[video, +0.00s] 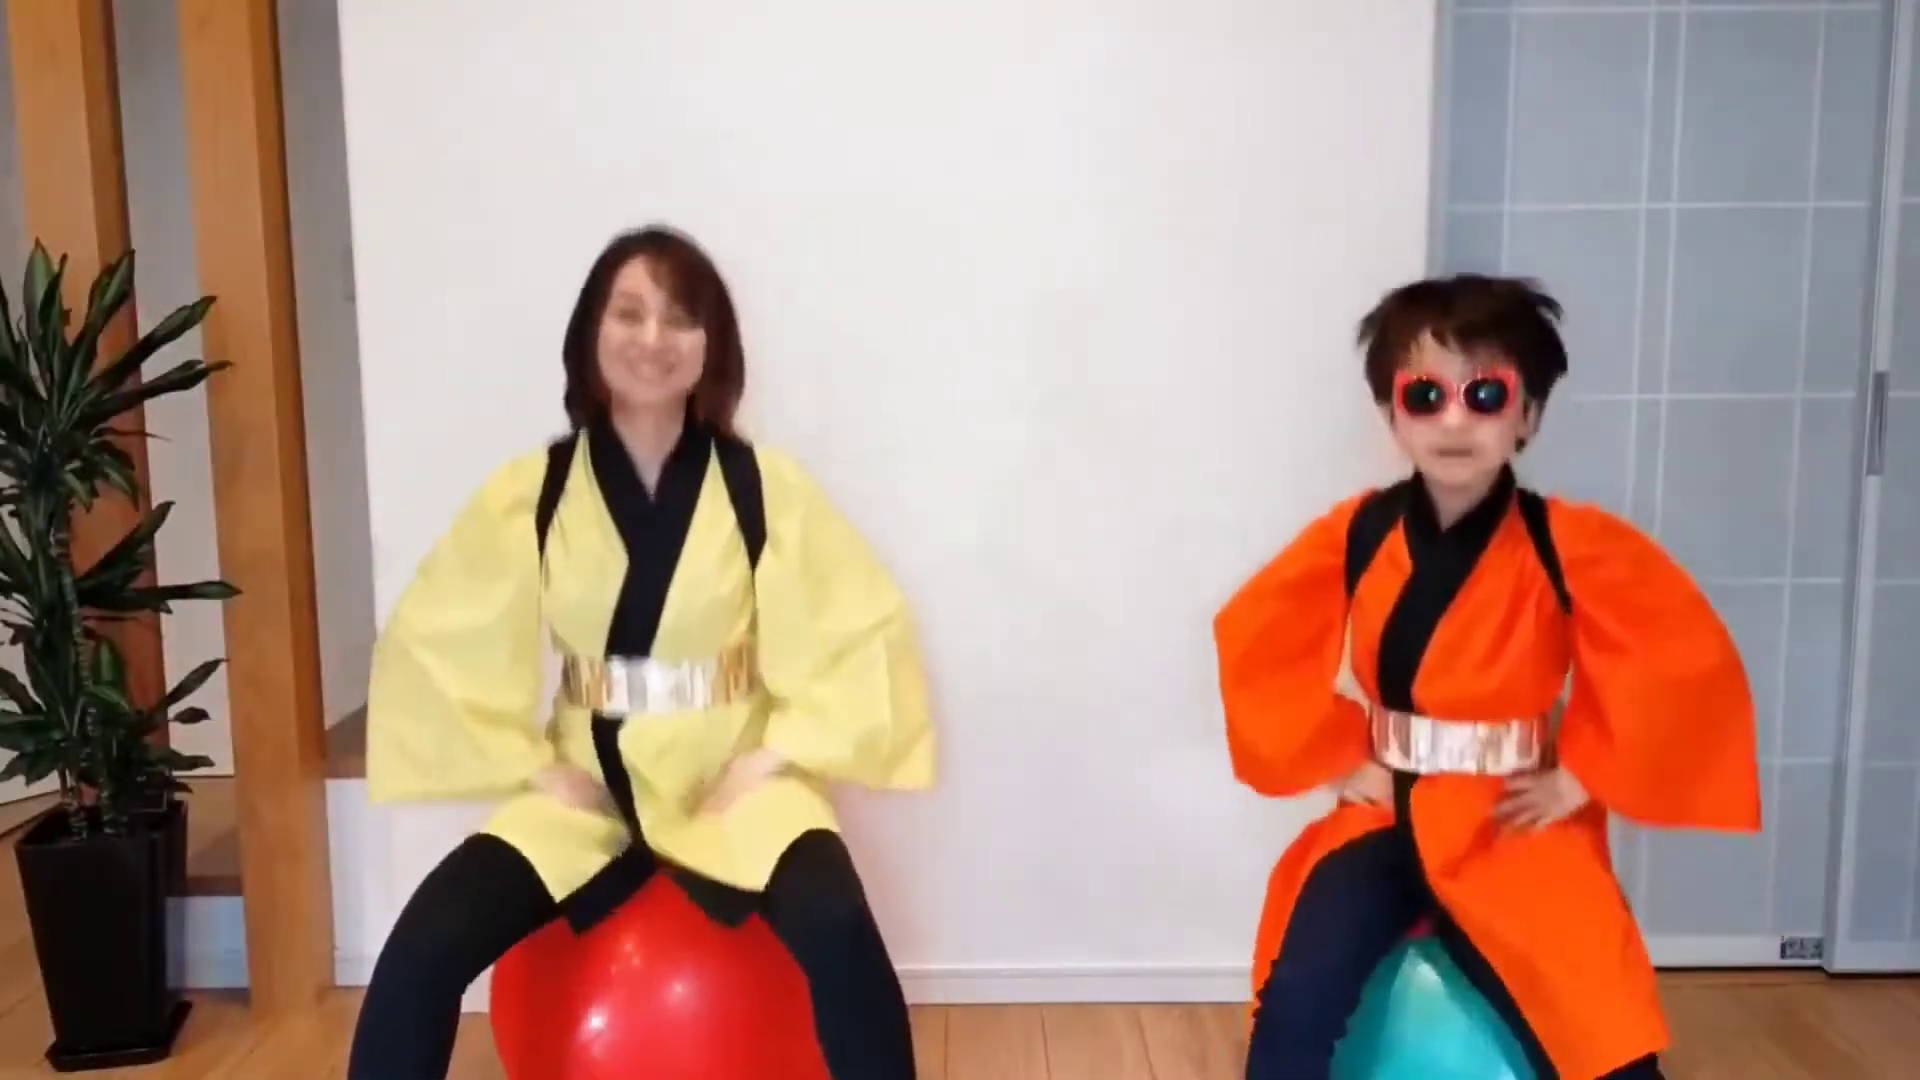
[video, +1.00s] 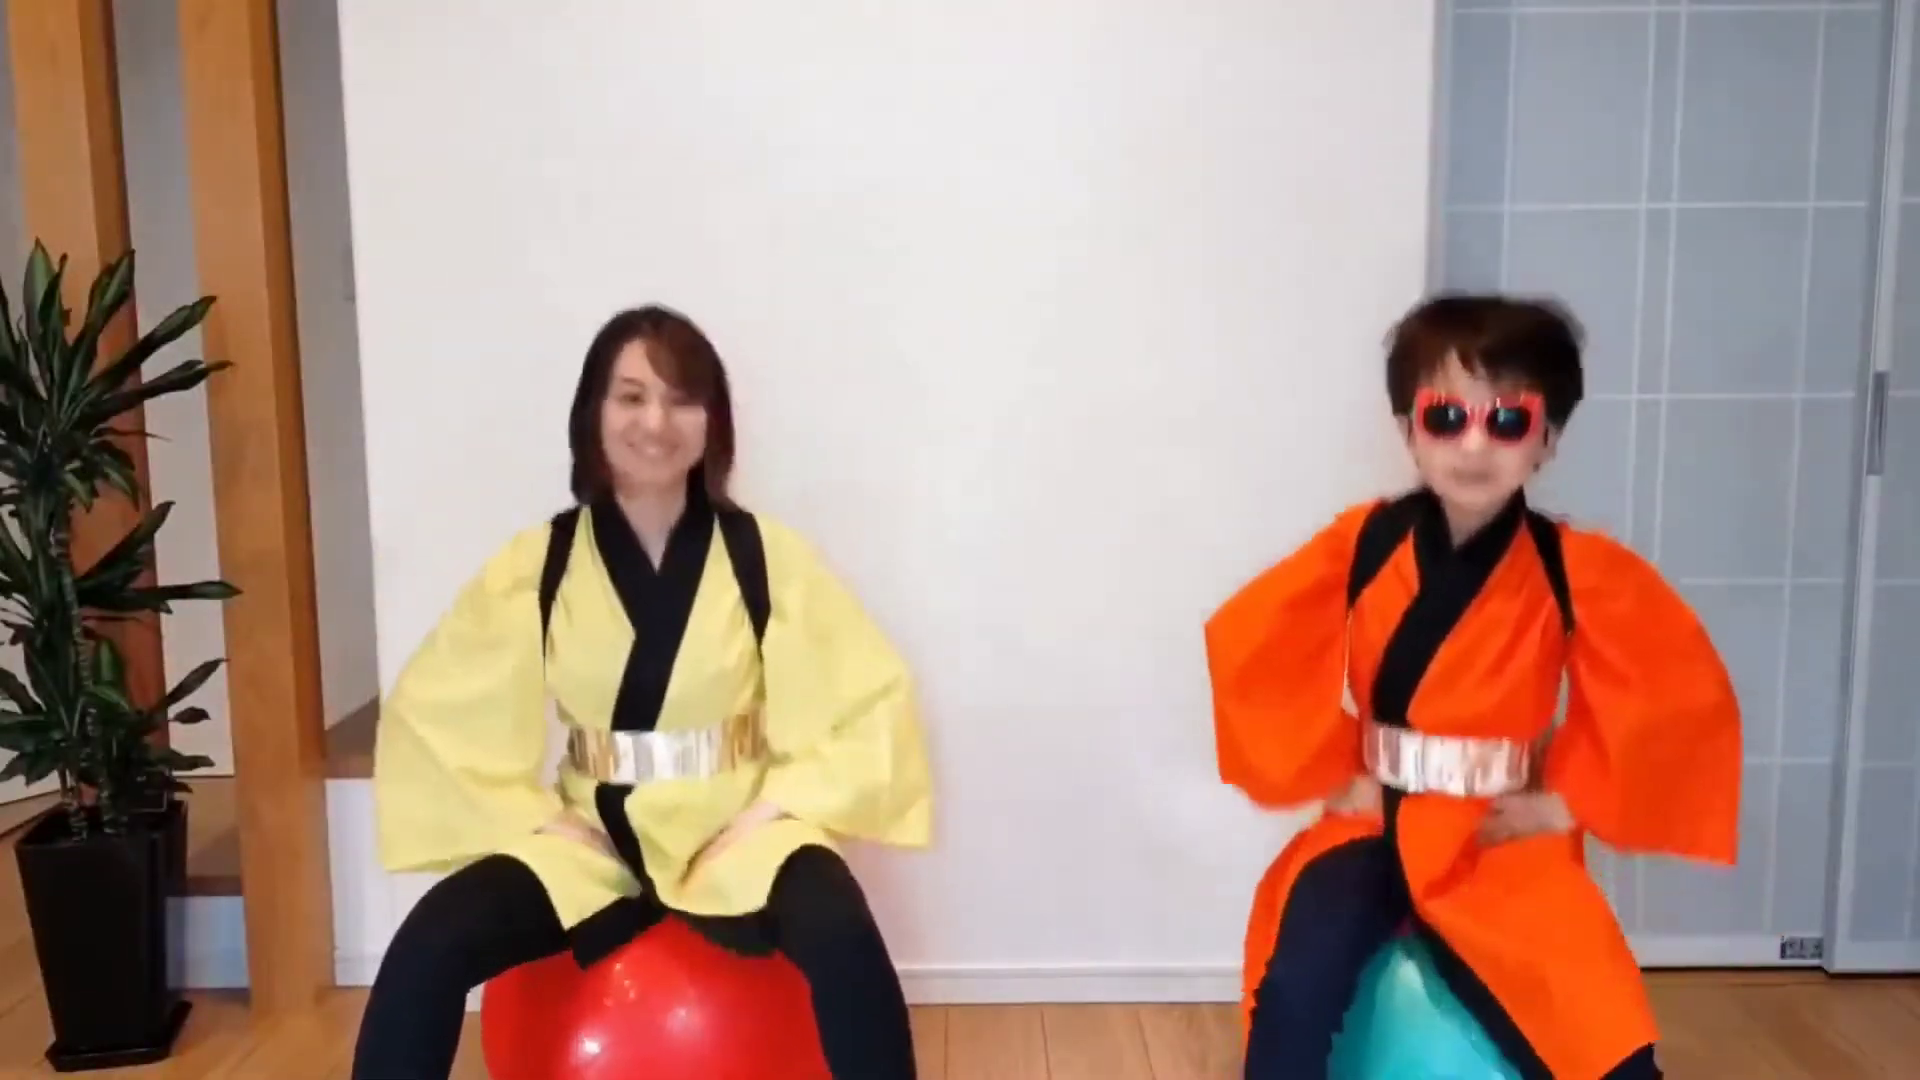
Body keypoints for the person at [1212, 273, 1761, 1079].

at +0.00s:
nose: (1453, 419)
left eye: (1485, 394)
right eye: (1424, 394)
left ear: (1526, 417)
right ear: (1390, 414)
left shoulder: (1568, 541)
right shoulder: (1357, 534)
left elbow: (1687, 659)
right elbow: (1250, 638)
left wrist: (1581, 774)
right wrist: (1339, 752)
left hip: (1521, 828)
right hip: (1384, 817)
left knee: (1615, 1032)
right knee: (1298, 998)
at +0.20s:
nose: (1455, 530)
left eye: (1486, 506)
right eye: (1426, 506)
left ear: (1525, 522)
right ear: (1392, 521)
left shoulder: (1565, 645)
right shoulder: (1357, 633)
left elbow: (1690, 762)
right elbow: (1241, 730)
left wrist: (1573, 856)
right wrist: (1343, 818)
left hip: (1512, 902)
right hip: (1377, 889)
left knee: (1618, 1054)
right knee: (1303, 1010)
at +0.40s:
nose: (1458, 499)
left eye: (1490, 473)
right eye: (1429, 473)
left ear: (1530, 495)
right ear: (1393, 491)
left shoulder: (1569, 619)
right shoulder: (1360, 603)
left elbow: (1690, 745)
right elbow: (1245, 706)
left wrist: (1571, 847)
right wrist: (1337, 821)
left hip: (1518, 885)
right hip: (1375, 874)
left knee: (1628, 1053)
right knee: (1289, 1013)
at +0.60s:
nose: (1467, 441)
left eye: (1500, 416)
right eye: (1438, 414)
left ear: (1536, 429)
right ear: (1399, 424)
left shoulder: (1573, 549)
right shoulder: (1359, 538)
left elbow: (1693, 667)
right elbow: (1242, 642)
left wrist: (1589, 776)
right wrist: (1341, 756)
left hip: (1522, 823)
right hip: (1384, 816)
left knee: (1633, 1032)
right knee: (1281, 1001)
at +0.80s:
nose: (1468, 570)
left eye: (1499, 547)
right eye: (1439, 546)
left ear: (1535, 566)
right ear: (1401, 563)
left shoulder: (1565, 686)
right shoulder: (1362, 663)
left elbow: (1682, 808)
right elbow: (1243, 755)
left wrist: (1553, 894)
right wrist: (1335, 863)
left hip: (1509, 933)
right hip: (1377, 919)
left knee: (1619, 1053)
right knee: (1325, 974)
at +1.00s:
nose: (1473, 441)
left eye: (1508, 418)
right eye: (1444, 415)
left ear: (1547, 443)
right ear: (1406, 431)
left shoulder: (1574, 567)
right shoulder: (1363, 543)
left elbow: (1685, 700)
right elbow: (1247, 646)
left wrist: (1566, 802)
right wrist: (1334, 772)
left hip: (1505, 840)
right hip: (1369, 827)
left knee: (1606, 1029)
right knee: (1296, 982)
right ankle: (1280, 1069)